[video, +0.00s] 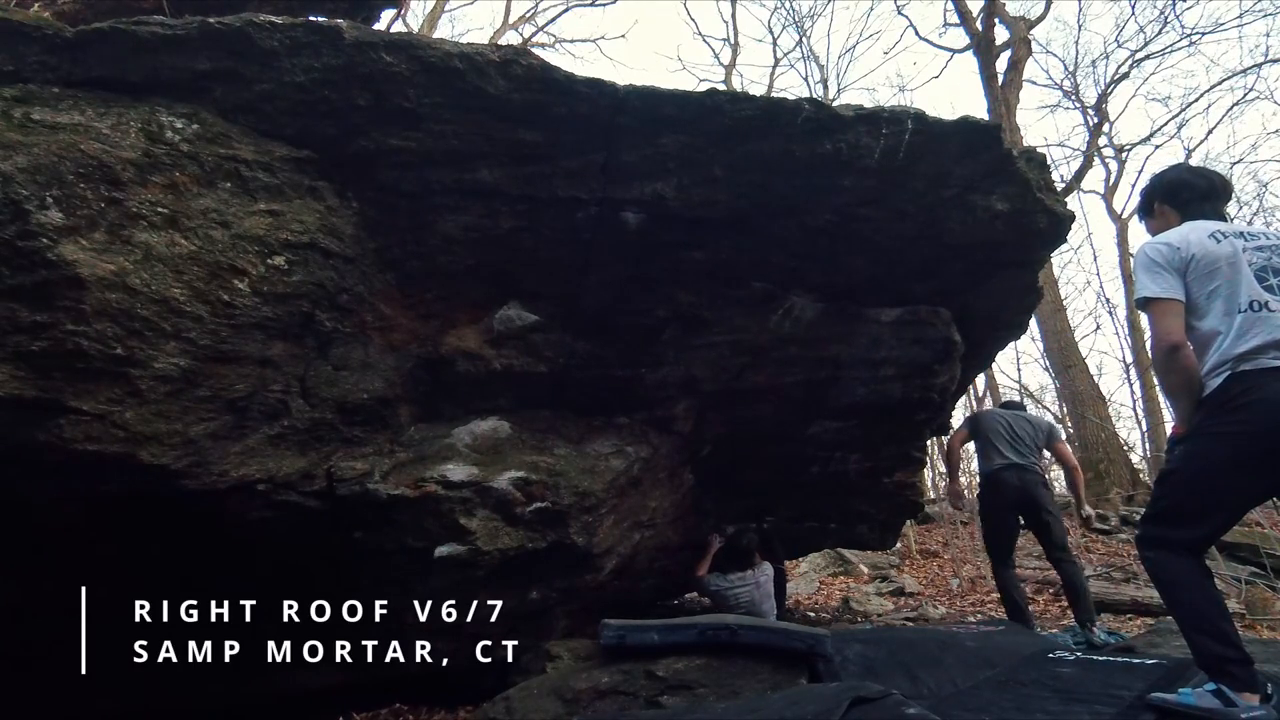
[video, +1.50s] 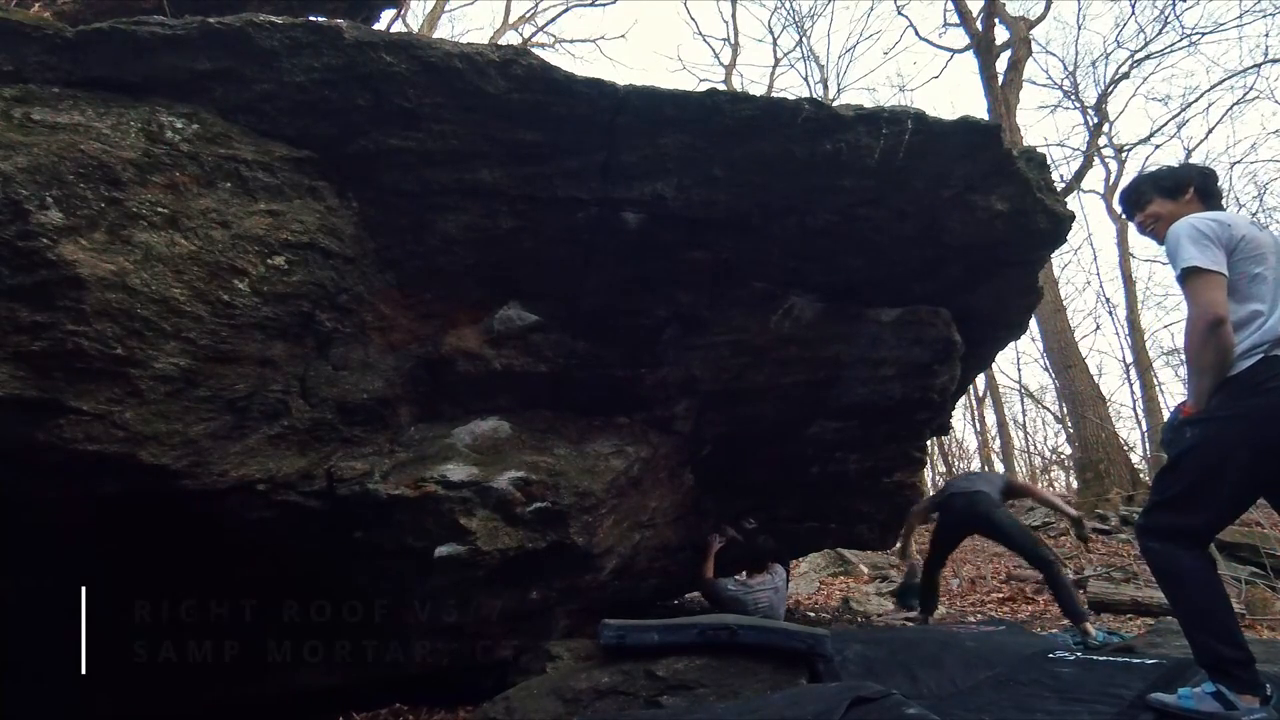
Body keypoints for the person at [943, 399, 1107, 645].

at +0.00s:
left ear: (998, 409)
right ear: (1025, 412)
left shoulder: (981, 417)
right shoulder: (1042, 423)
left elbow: (953, 443)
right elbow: (1072, 464)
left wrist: (953, 483)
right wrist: (1082, 504)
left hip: (995, 491)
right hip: (1035, 487)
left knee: (1002, 565)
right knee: (1061, 556)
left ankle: (1025, 630)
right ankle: (1089, 624)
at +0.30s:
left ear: (993, 431)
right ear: (1015, 434)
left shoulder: (978, 437)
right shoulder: (1036, 446)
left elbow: (947, 460)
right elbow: (1072, 486)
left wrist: (937, 500)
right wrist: (1074, 529)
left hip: (983, 493)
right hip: (1024, 493)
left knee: (955, 555)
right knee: (1060, 559)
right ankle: (1090, 630)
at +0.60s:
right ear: (986, 479)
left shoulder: (929, 488)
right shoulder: (988, 480)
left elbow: (903, 525)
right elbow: (1030, 505)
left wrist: (893, 568)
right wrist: (1071, 533)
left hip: (938, 508)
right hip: (973, 504)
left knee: (922, 563)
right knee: (1029, 562)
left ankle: (923, 620)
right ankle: (1084, 627)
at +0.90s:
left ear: (919, 510)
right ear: (952, 507)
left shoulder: (908, 523)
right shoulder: (958, 507)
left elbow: (892, 574)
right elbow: (995, 510)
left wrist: (884, 609)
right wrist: (1041, 527)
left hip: (912, 530)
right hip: (949, 522)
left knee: (910, 569)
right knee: (1014, 574)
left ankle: (922, 622)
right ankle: (1076, 628)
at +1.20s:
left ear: (916, 509)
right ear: (947, 501)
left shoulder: (906, 521)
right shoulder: (954, 501)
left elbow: (885, 572)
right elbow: (986, 497)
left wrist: (868, 609)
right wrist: (1022, 500)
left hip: (914, 531)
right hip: (949, 521)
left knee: (910, 568)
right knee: (1017, 570)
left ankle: (921, 621)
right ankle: (1079, 626)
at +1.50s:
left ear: (963, 479)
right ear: (994, 478)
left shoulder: (946, 489)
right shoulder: (1001, 481)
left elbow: (913, 514)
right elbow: (1038, 493)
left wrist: (905, 553)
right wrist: (1077, 519)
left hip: (951, 512)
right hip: (987, 508)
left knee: (932, 565)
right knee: (1048, 562)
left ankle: (924, 618)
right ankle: (1087, 630)